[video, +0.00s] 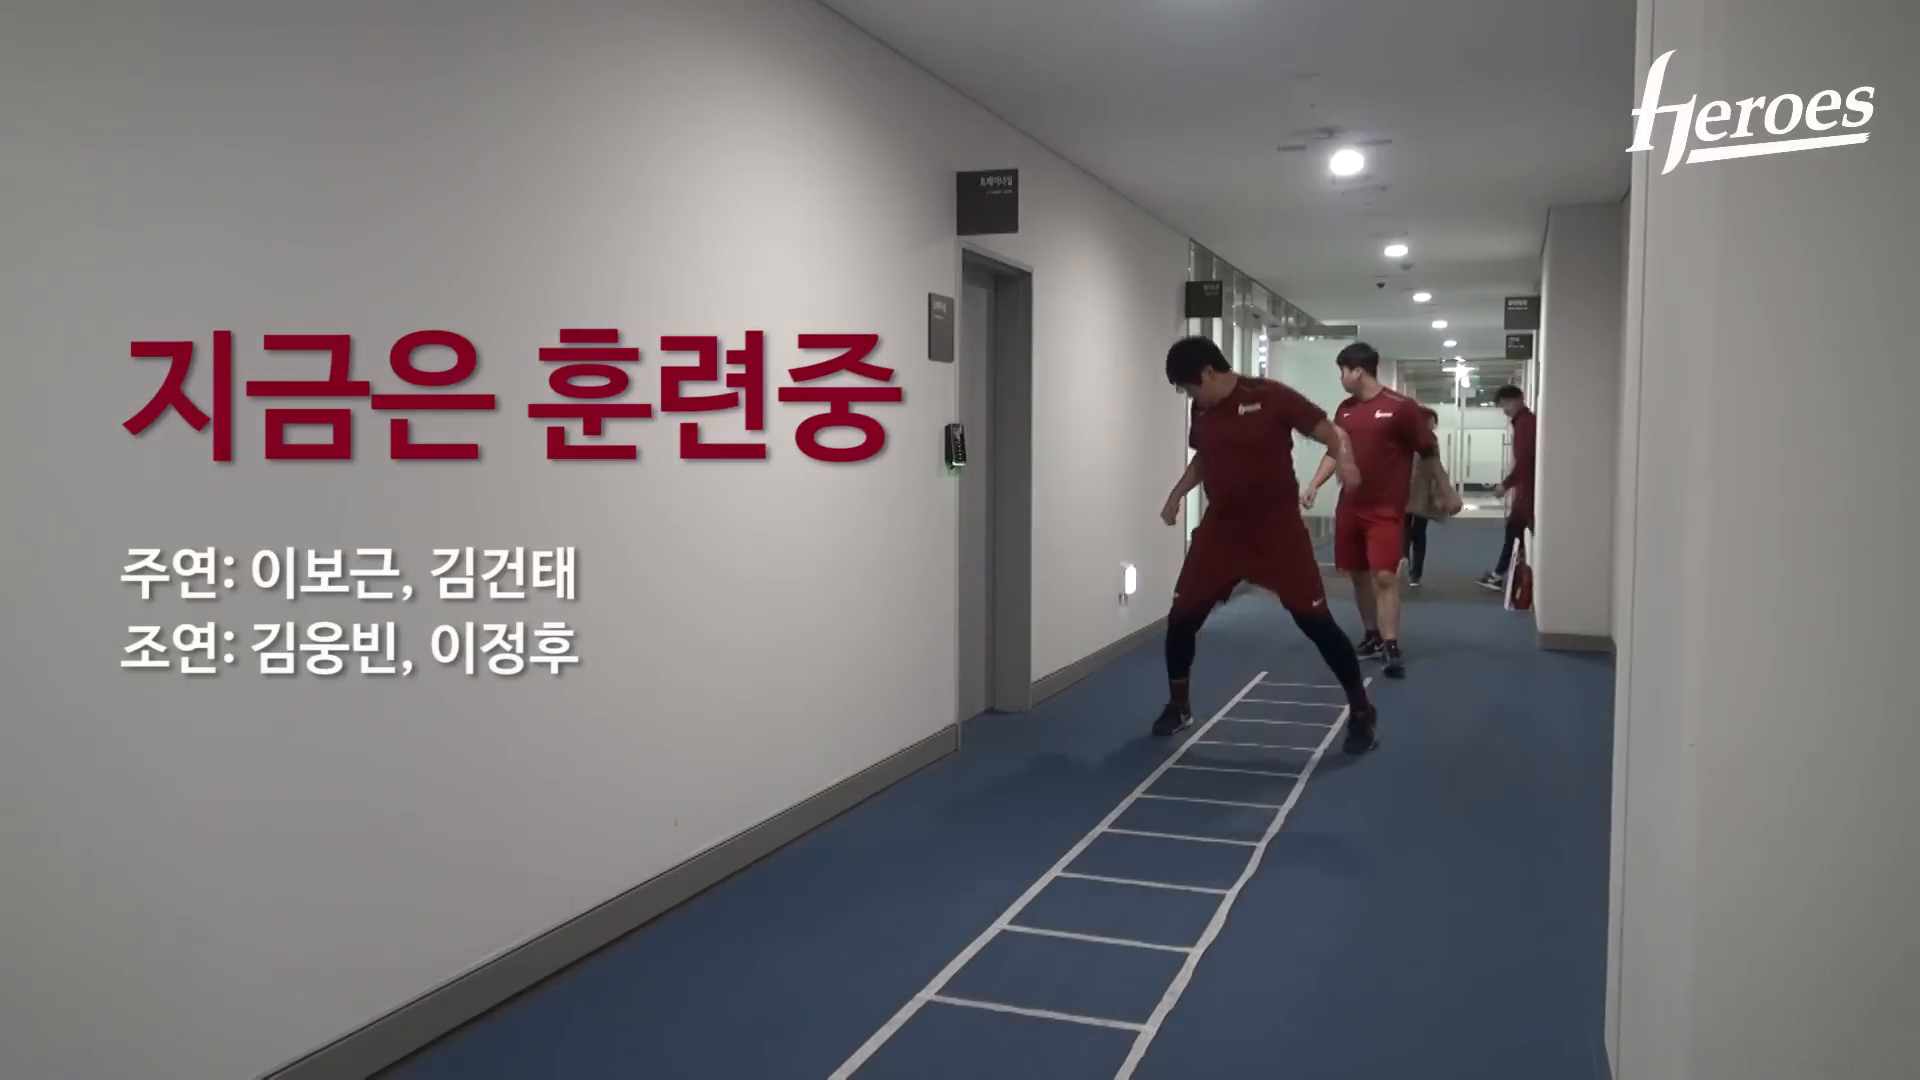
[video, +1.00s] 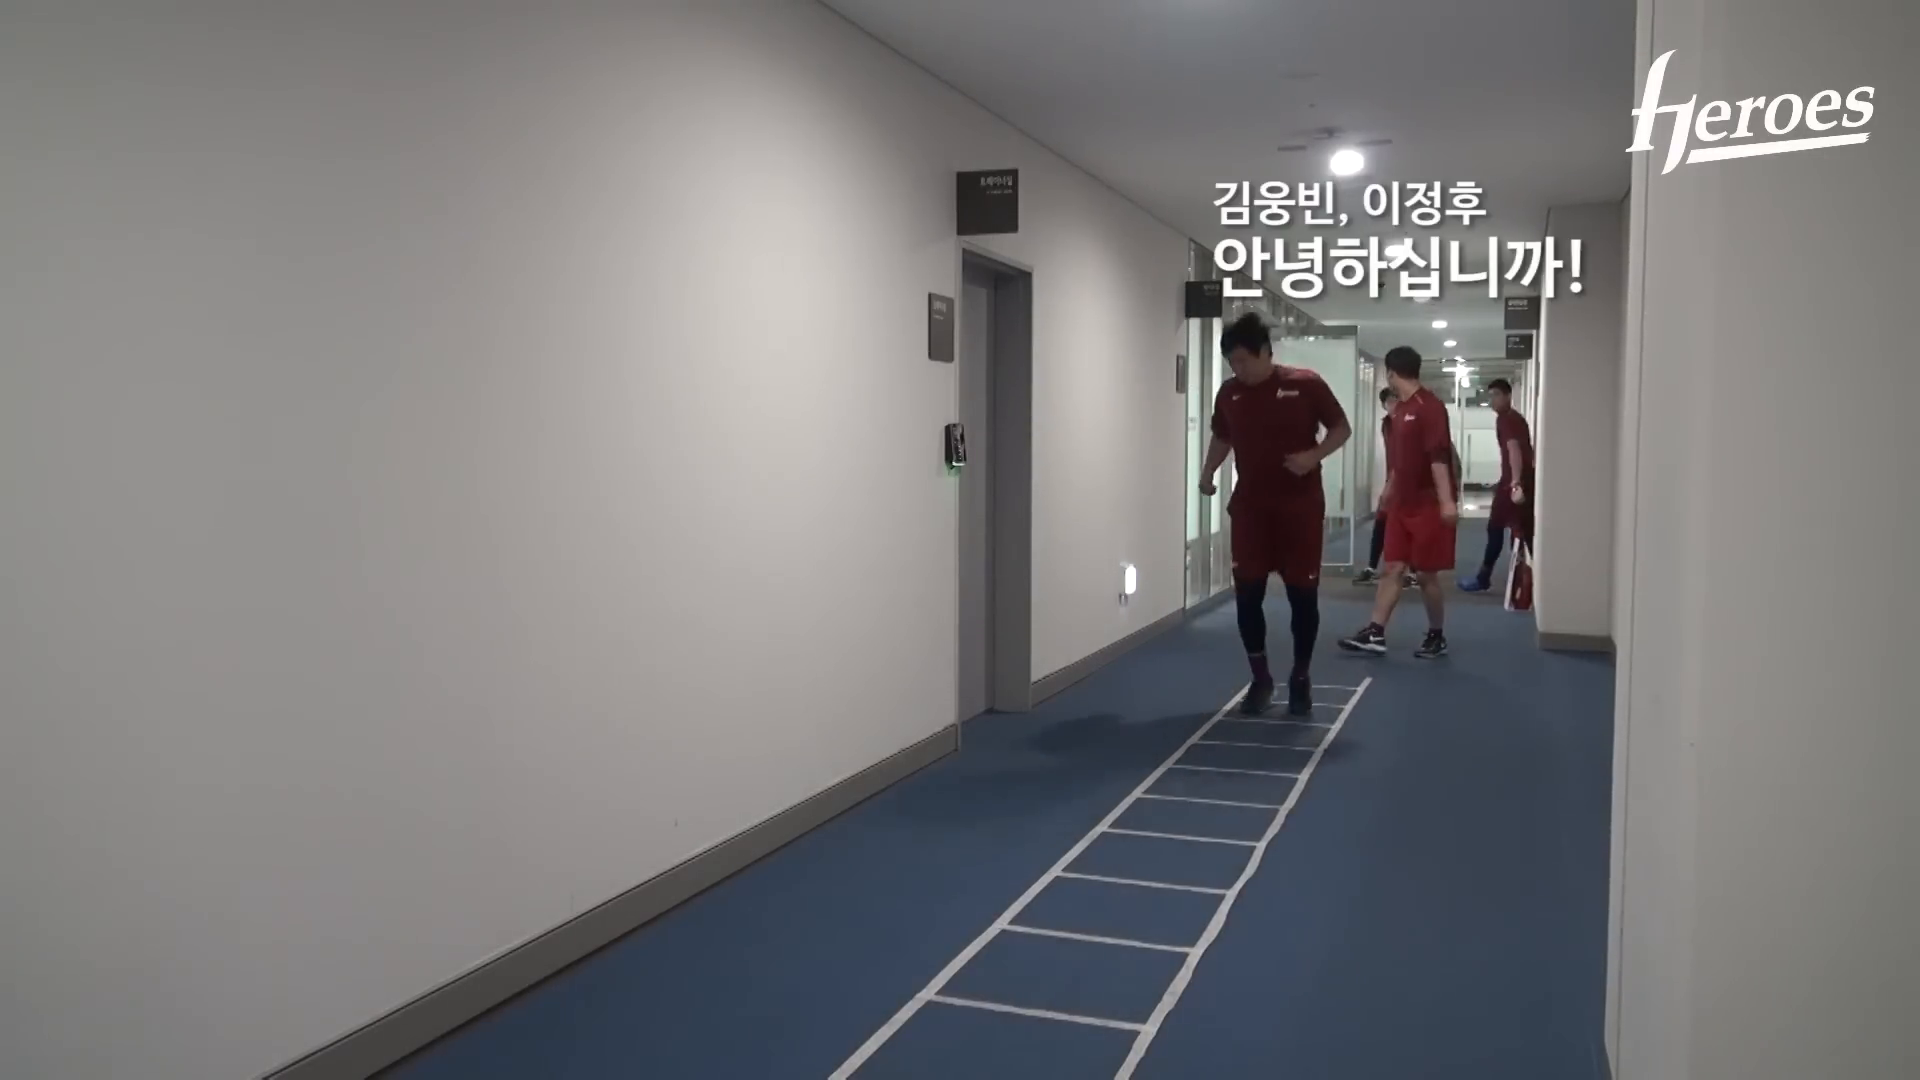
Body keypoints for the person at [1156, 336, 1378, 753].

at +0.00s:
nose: (1191, 398)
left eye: (1190, 389)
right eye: (1186, 391)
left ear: (1208, 372)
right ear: (1203, 375)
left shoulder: (1271, 396)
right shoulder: (1204, 413)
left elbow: (1332, 434)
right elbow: (1207, 458)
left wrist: (1345, 461)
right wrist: (1176, 492)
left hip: (1278, 531)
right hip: (1221, 533)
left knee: (1313, 619)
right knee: (1181, 618)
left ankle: (1361, 709)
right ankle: (1177, 705)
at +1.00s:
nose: (1235, 368)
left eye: (1240, 360)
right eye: (1231, 361)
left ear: (1263, 353)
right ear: (1230, 357)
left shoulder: (1306, 384)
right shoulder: (1229, 393)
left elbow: (1341, 429)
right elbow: (1222, 437)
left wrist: (1315, 455)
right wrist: (1208, 471)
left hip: (1300, 510)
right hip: (1250, 508)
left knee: (1303, 598)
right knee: (1247, 597)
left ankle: (1300, 678)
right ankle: (1261, 680)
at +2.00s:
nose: (1247, 353)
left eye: (1247, 346)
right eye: (1248, 346)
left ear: (1254, 346)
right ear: (1280, 341)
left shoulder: (1286, 373)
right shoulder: (1281, 375)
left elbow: (1308, 416)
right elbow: (1302, 428)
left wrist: (1265, 448)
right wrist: (1262, 455)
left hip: (1301, 495)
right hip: (1282, 495)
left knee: (1312, 573)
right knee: (1273, 573)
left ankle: (1326, 652)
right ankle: (1266, 658)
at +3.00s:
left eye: (1231, 362)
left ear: (1231, 363)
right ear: (1261, 361)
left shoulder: (1229, 398)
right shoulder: (1285, 397)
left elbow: (1226, 442)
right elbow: (1306, 450)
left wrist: (1216, 489)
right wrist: (1286, 475)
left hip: (1245, 498)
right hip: (1284, 498)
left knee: (1217, 571)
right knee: (1287, 573)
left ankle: (1198, 648)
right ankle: (1293, 653)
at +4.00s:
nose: (1235, 368)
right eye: (1236, 363)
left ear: (1207, 366)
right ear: (1238, 367)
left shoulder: (1190, 397)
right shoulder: (1247, 399)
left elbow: (1173, 442)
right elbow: (1278, 408)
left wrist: (1164, 481)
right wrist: (1255, 380)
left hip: (1194, 486)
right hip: (1232, 488)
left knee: (1186, 560)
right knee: (1226, 564)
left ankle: (1186, 625)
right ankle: (1223, 634)